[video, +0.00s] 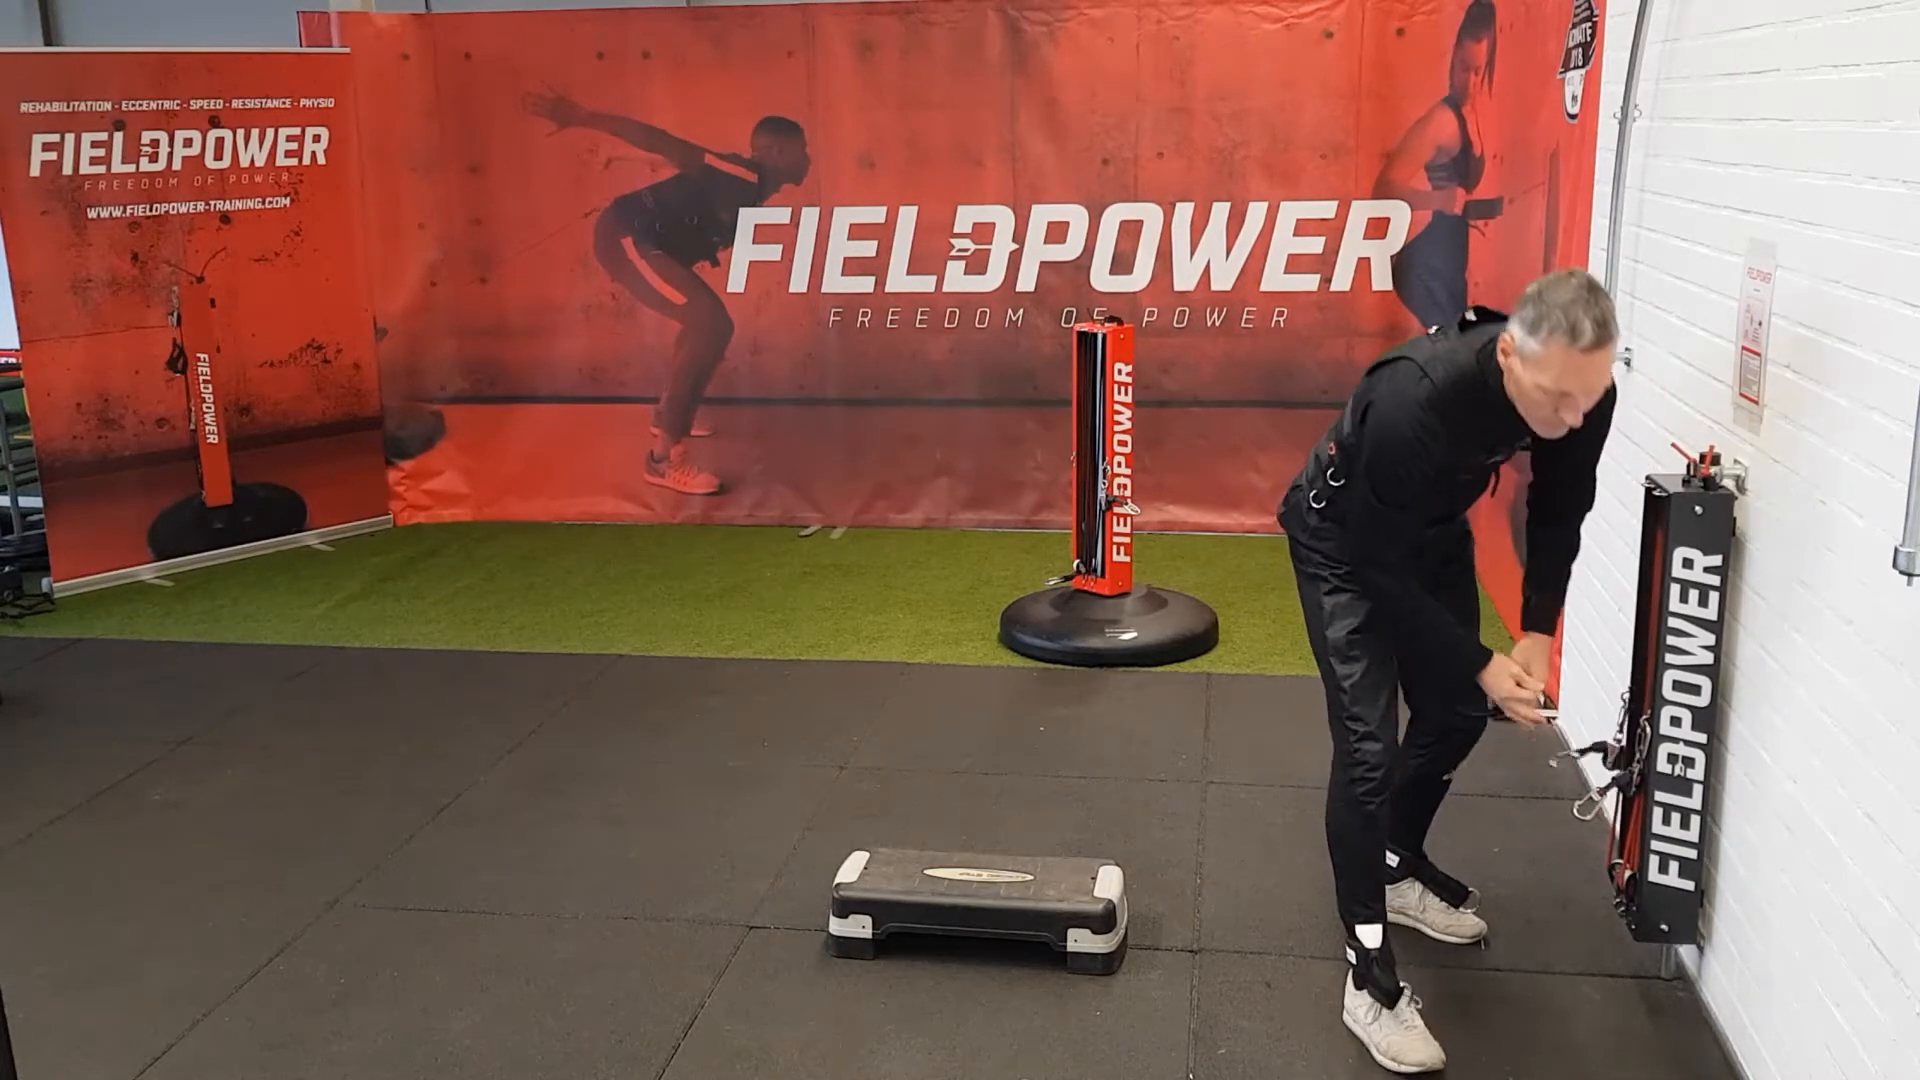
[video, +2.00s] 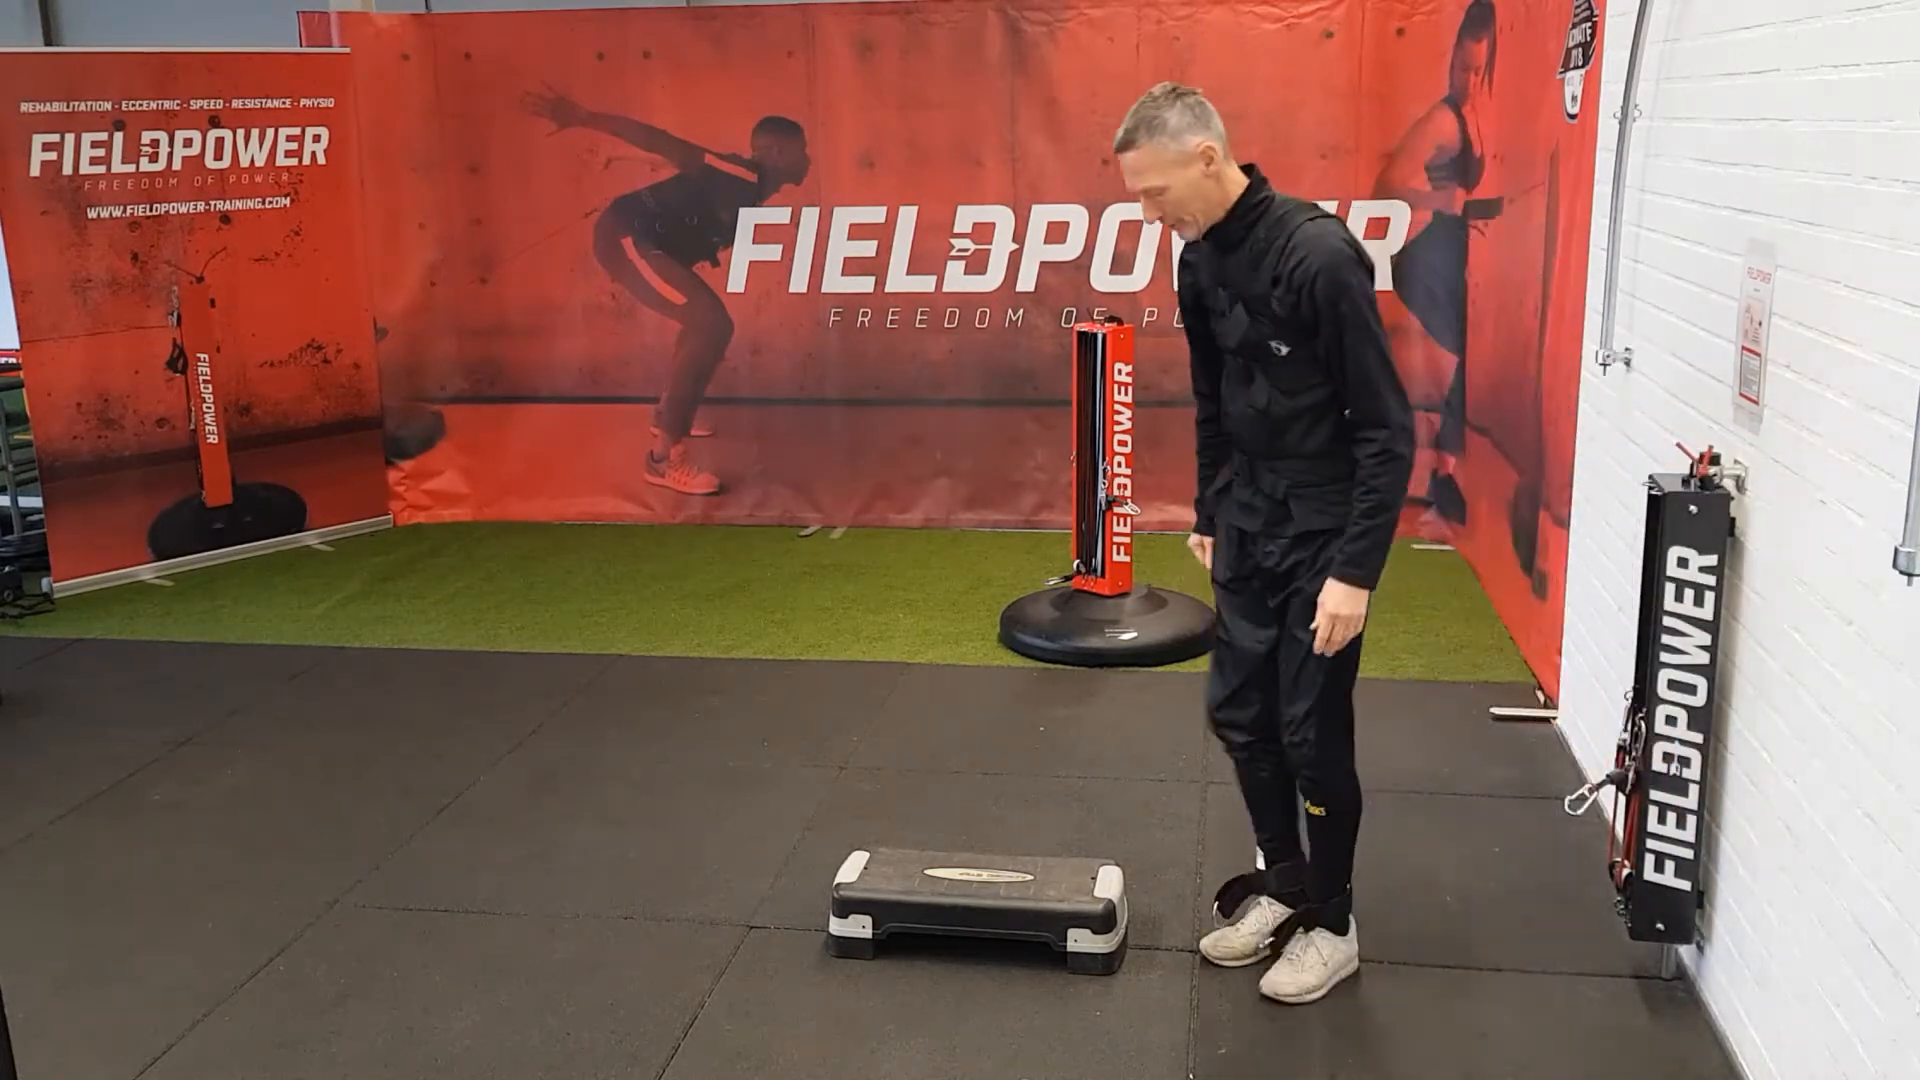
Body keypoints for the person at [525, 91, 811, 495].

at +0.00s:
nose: (807, 158)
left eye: (805, 150)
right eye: (800, 150)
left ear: (773, 152)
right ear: (771, 150)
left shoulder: (752, 188)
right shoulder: (734, 175)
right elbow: (659, 141)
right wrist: (581, 117)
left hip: (646, 237)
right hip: (626, 234)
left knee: (710, 322)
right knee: (713, 325)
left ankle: (670, 413)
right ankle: (665, 457)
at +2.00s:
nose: (807, 159)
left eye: (805, 150)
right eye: (800, 150)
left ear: (774, 151)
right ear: (772, 150)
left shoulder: (750, 188)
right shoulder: (735, 176)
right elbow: (659, 142)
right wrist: (584, 117)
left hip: (645, 237)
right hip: (626, 233)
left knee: (709, 322)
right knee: (713, 325)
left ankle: (670, 412)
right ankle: (665, 456)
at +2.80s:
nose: (808, 158)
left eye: (805, 149)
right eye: (800, 150)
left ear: (774, 152)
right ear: (770, 150)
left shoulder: (752, 188)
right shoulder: (735, 176)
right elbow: (658, 141)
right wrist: (584, 117)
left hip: (647, 237)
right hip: (626, 233)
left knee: (709, 322)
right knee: (713, 326)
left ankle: (670, 413)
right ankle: (665, 457)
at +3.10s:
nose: (807, 158)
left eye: (805, 149)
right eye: (800, 149)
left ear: (775, 152)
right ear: (770, 150)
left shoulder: (752, 192)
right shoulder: (735, 177)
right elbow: (659, 141)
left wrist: (712, 245)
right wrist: (584, 117)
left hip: (647, 238)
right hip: (626, 233)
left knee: (710, 322)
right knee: (713, 325)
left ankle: (670, 412)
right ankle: (665, 457)